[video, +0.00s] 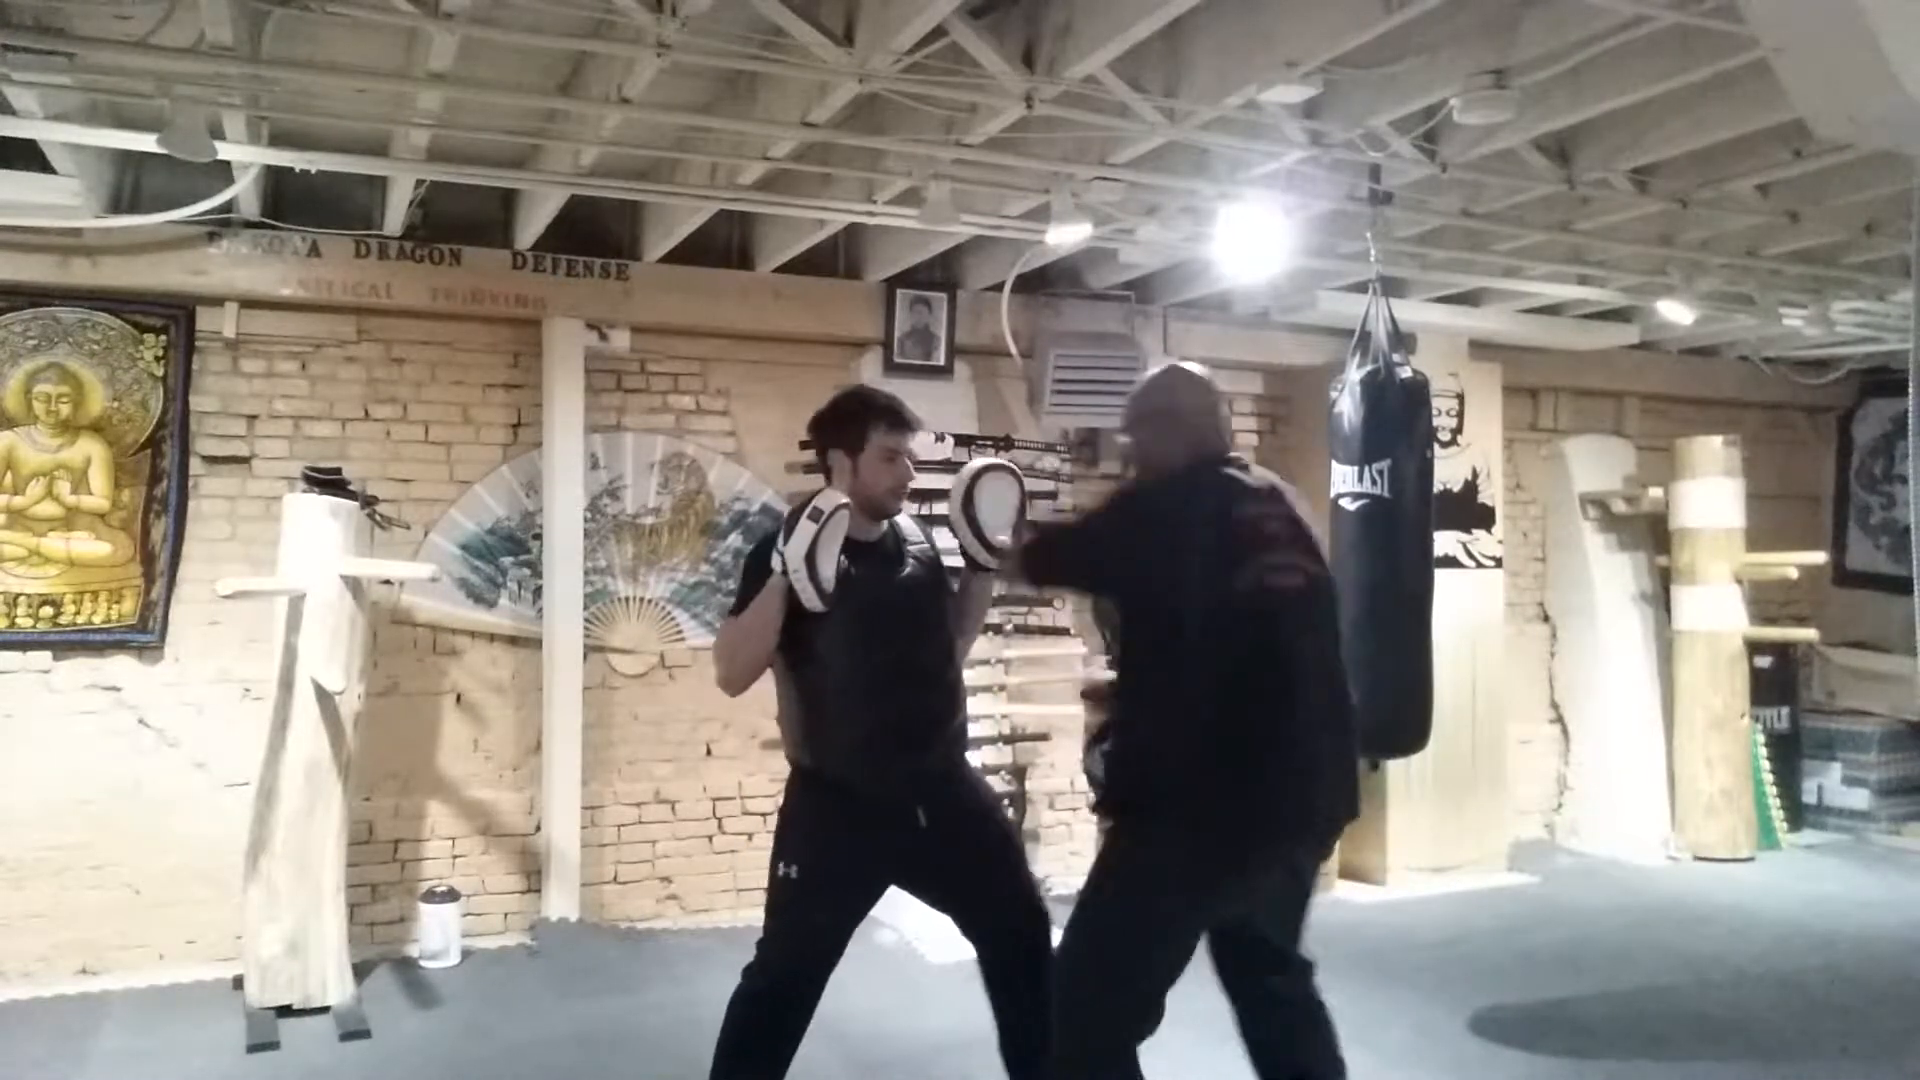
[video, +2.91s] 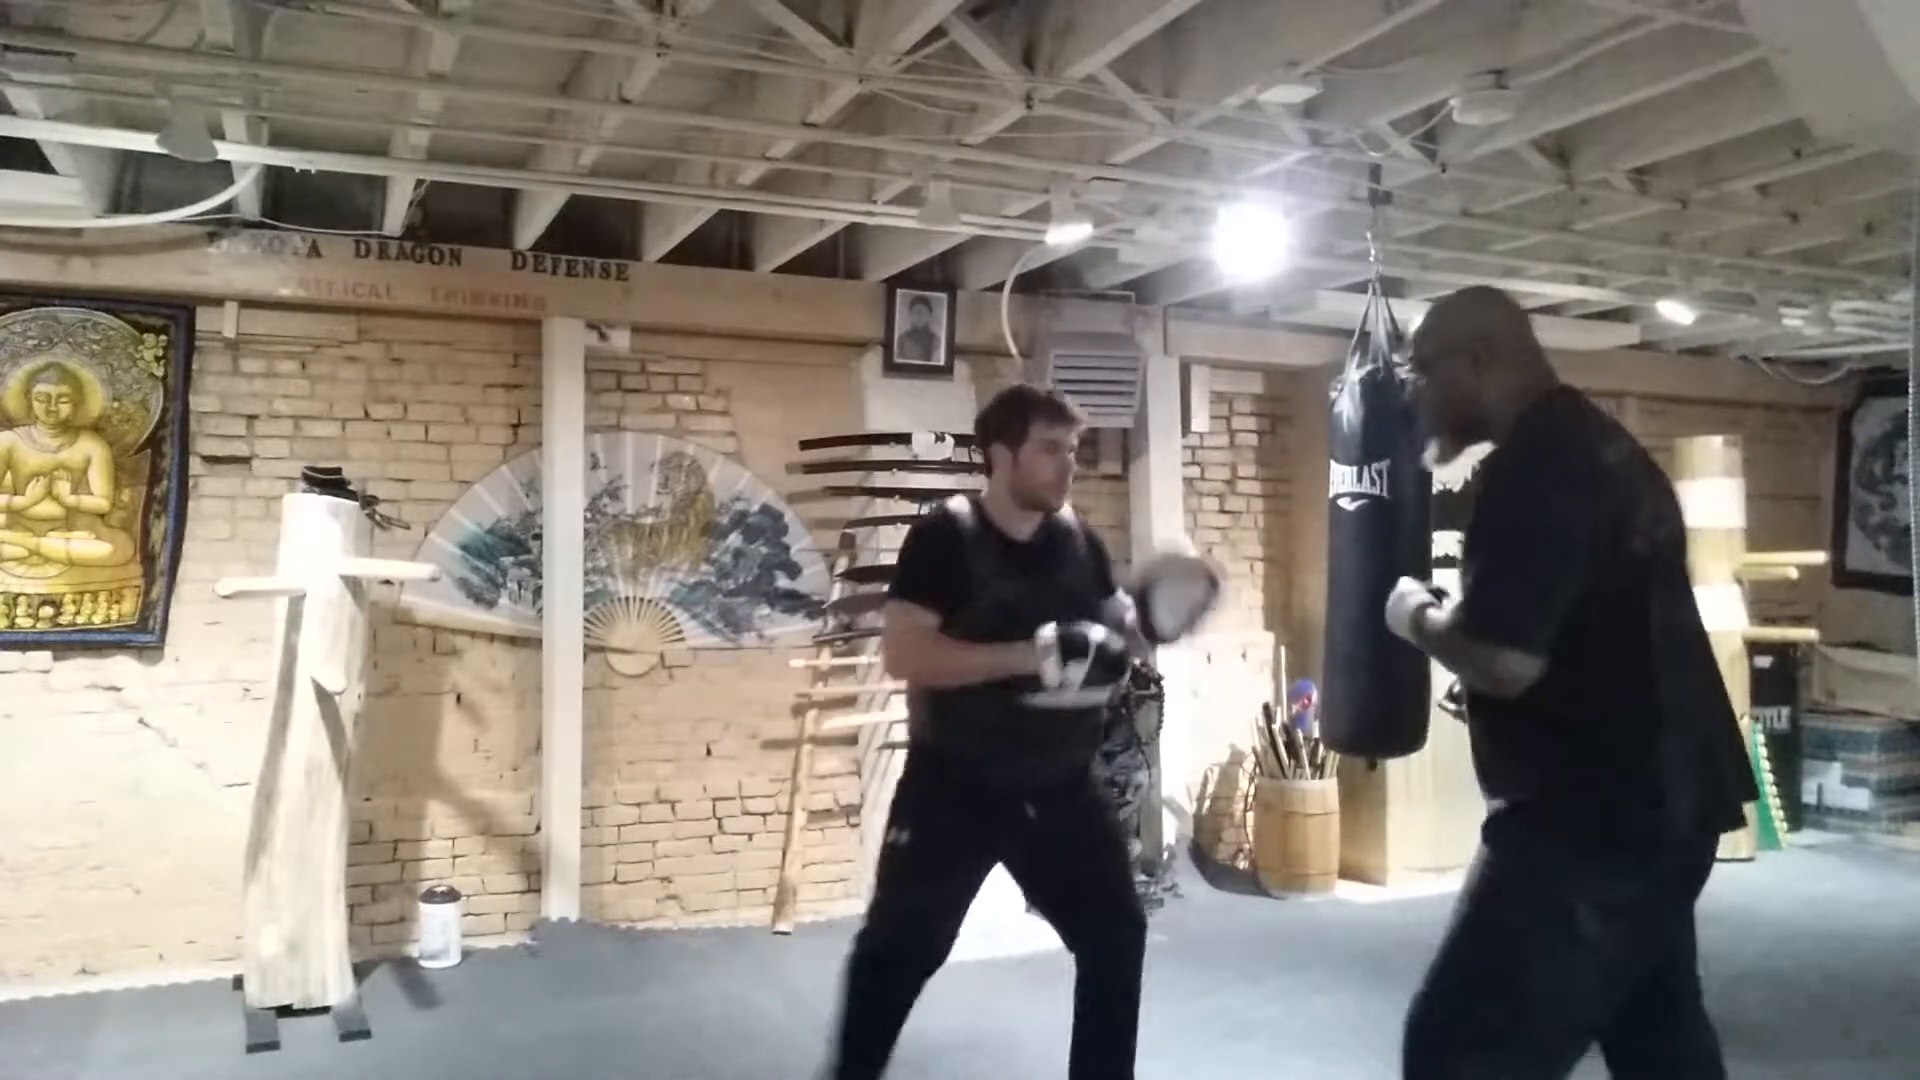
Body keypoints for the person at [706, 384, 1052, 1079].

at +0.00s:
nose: (908, 472)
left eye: (909, 458)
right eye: (890, 458)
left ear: (910, 461)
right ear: (838, 465)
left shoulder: (922, 539)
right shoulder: (785, 551)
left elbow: (947, 653)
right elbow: (732, 673)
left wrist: (982, 566)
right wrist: (791, 572)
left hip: (942, 798)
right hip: (835, 807)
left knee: (1021, 937)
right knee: (783, 979)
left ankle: (1042, 1078)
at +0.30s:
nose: (970, 460)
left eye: (970, 445)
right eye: (955, 445)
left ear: (956, 455)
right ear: (904, 451)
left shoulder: (982, 532)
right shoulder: (855, 538)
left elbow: (1035, 615)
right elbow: (807, 647)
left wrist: (1078, 535)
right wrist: (879, 548)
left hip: (997, 790)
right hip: (890, 797)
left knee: (1058, 955)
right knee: (818, 965)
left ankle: (1051, 1075)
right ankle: (744, 1077)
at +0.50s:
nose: (1002, 459)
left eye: (1006, 446)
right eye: (992, 443)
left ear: (997, 453)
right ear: (943, 441)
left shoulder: (999, 533)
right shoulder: (897, 517)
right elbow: (898, 596)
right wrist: (980, 505)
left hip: (998, 788)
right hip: (904, 789)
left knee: (1054, 957)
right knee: (830, 959)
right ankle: (732, 1076)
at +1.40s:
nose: (967, 487)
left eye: (970, 471)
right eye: (957, 469)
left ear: (914, 466)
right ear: (904, 462)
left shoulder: (944, 550)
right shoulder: (830, 532)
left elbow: (961, 651)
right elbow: (820, 650)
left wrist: (1015, 598)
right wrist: (940, 578)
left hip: (940, 800)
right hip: (839, 802)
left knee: (1002, 963)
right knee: (773, 977)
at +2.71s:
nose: (1013, 482)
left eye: (1013, 468)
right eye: (996, 466)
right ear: (944, 470)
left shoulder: (1001, 567)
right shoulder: (882, 556)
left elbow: (1015, 659)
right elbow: (839, 674)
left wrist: (1054, 627)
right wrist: (963, 656)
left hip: (999, 813)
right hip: (894, 815)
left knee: (1077, 945)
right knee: (801, 976)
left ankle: (1089, 1076)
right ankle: (728, 1078)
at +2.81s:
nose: (1055, 481)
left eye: (1057, 467)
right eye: (1038, 465)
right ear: (984, 470)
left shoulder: (1053, 564)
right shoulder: (923, 553)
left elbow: (1077, 674)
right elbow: (885, 677)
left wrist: (1096, 670)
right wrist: (1001, 679)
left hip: (1041, 809)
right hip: (931, 808)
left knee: (1109, 946)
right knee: (855, 970)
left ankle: (1099, 1079)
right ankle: (793, 1076)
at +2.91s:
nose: (1071, 463)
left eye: (1074, 450)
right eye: (1054, 449)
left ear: (1073, 454)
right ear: (1000, 455)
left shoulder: (1078, 542)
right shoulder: (945, 533)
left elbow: (1114, 635)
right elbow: (903, 655)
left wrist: (1147, 624)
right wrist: (1034, 656)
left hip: (1060, 793)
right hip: (952, 791)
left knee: (1115, 938)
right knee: (895, 955)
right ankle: (853, 1073)